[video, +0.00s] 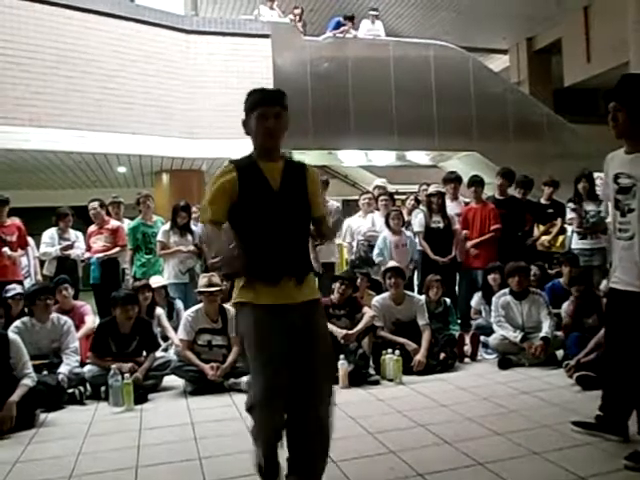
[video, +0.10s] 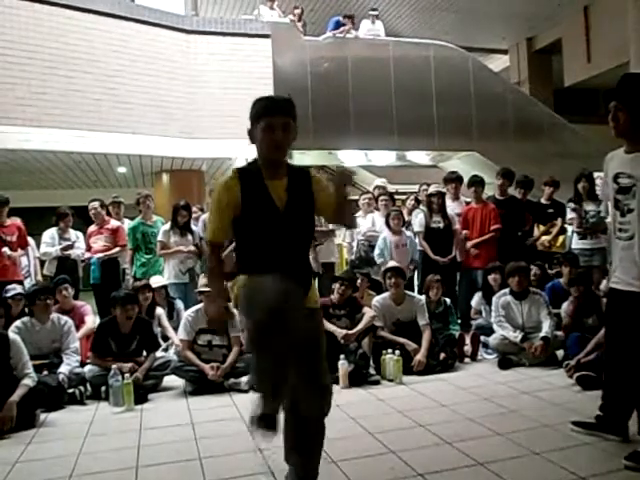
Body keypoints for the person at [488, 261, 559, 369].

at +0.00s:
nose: (517, 280)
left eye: (521, 276)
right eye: (513, 277)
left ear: (528, 278)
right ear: (508, 280)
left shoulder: (539, 296)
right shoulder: (499, 299)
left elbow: (548, 319)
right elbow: (498, 323)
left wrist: (544, 339)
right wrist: (521, 339)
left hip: (535, 335)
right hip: (512, 335)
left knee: (558, 338)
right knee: (495, 341)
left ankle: (518, 360)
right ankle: (542, 357)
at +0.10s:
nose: (517, 280)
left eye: (521, 276)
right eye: (513, 277)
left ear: (527, 278)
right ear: (508, 280)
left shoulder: (539, 297)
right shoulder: (499, 299)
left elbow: (548, 319)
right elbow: (498, 323)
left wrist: (544, 339)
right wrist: (521, 339)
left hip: (535, 335)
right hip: (512, 335)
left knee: (559, 337)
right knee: (495, 341)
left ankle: (519, 360)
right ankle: (542, 358)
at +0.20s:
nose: (517, 280)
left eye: (521, 276)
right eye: (513, 277)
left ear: (527, 278)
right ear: (508, 280)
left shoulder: (539, 297)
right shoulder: (499, 299)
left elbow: (548, 319)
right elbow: (498, 323)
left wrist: (544, 339)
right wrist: (521, 339)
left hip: (535, 335)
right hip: (512, 336)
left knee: (559, 338)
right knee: (495, 341)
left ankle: (519, 360)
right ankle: (541, 358)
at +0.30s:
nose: (517, 280)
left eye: (521, 276)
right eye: (513, 277)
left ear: (527, 278)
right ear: (508, 280)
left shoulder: (539, 296)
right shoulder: (499, 299)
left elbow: (548, 319)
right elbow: (498, 323)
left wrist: (544, 339)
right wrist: (522, 339)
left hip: (535, 335)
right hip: (512, 336)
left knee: (558, 338)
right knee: (495, 341)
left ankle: (519, 360)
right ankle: (541, 358)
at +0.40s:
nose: (517, 280)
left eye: (521, 276)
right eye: (513, 277)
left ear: (527, 278)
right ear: (508, 280)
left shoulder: (539, 296)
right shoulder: (499, 299)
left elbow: (548, 319)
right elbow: (498, 323)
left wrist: (544, 339)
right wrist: (522, 339)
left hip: (535, 335)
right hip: (512, 336)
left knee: (558, 338)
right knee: (495, 341)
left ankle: (519, 360)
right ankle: (541, 358)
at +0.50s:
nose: (517, 280)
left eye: (521, 276)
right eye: (513, 277)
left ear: (527, 278)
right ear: (508, 280)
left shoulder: (539, 296)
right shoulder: (499, 299)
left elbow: (548, 319)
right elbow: (498, 323)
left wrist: (544, 339)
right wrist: (522, 339)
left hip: (535, 335)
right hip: (512, 336)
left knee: (558, 338)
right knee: (495, 341)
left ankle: (519, 360)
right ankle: (541, 358)